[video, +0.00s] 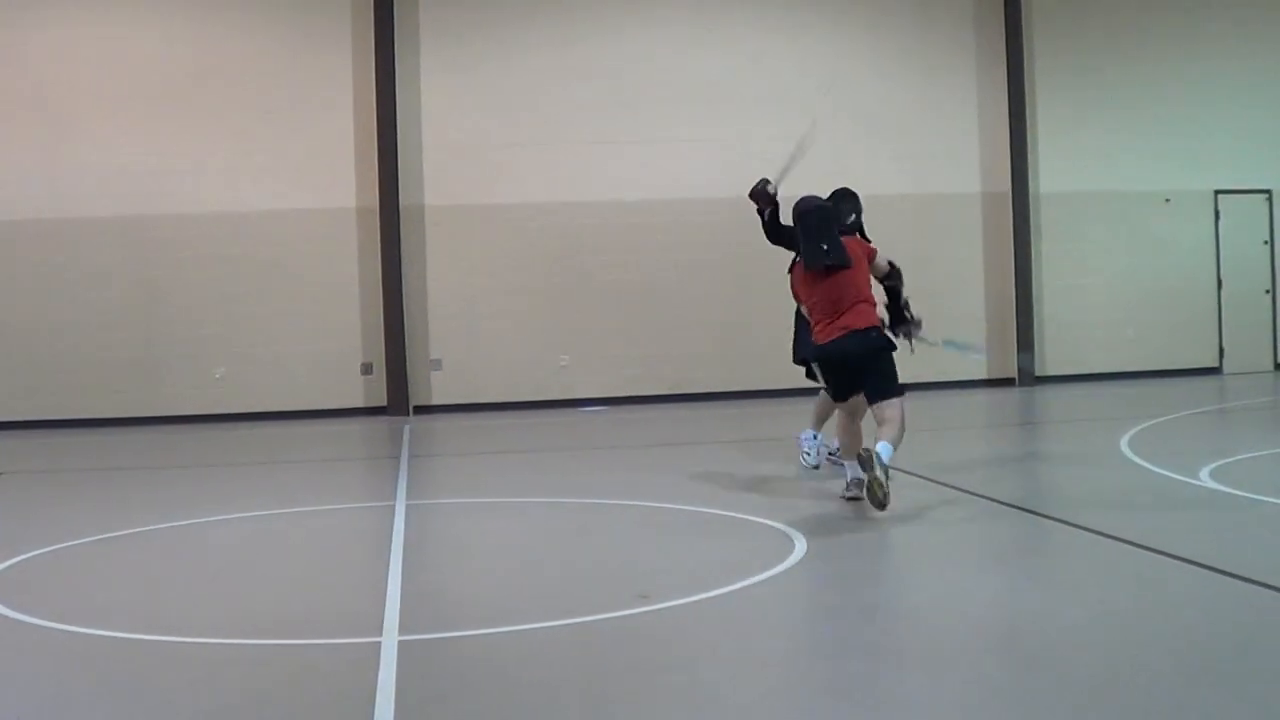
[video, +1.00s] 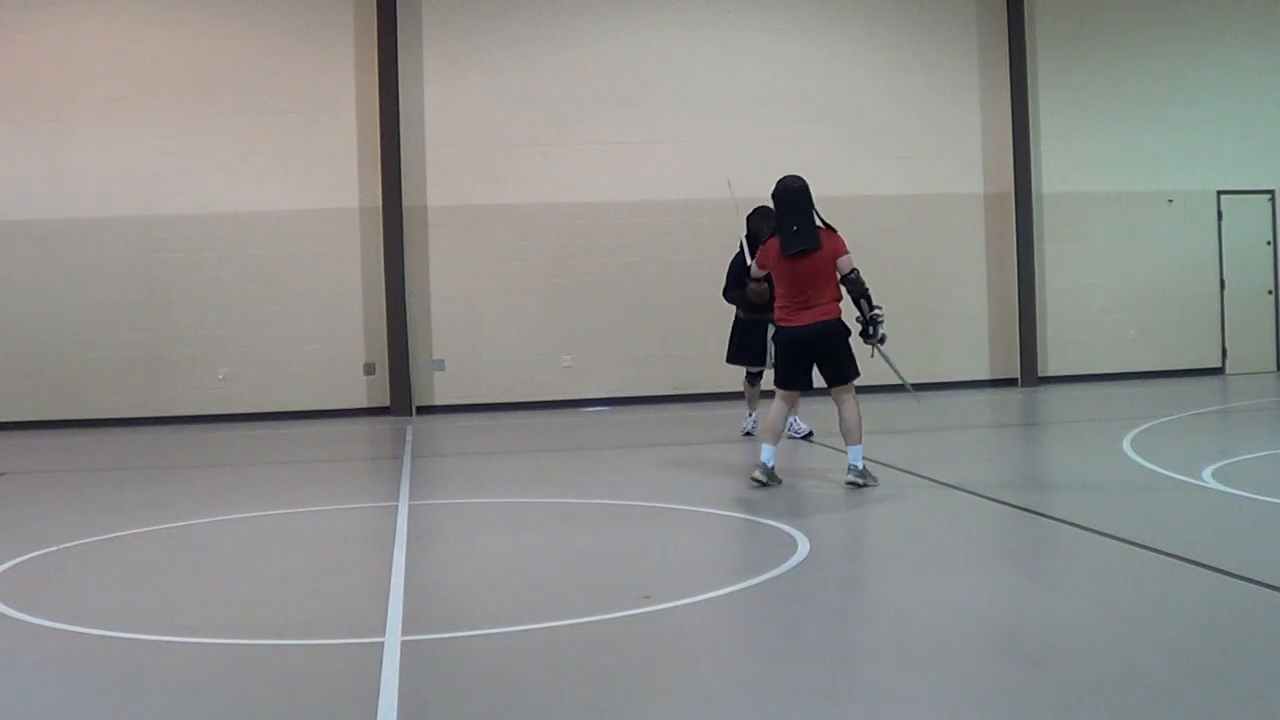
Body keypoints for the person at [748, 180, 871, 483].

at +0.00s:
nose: (849, 223)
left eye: (852, 216)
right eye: (845, 216)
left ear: (854, 217)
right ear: (836, 215)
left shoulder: (860, 244)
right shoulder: (812, 237)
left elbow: (888, 279)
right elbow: (775, 234)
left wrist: (896, 314)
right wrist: (768, 207)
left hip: (852, 320)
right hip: (814, 319)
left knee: (855, 387)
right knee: (834, 384)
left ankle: (840, 444)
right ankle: (811, 435)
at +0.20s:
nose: (826, 217)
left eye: (829, 211)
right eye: (821, 211)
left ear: (833, 215)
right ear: (810, 213)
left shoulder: (840, 240)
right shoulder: (793, 238)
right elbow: (765, 251)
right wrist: (766, 230)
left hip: (833, 313)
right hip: (798, 313)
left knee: (842, 380)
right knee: (811, 383)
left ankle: (846, 434)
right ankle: (800, 430)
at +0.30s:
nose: (818, 219)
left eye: (820, 213)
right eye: (814, 213)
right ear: (805, 217)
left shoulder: (827, 249)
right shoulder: (785, 248)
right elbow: (763, 281)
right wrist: (778, 271)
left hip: (820, 321)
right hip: (789, 321)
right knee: (804, 384)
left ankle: (821, 399)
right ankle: (797, 434)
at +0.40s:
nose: (813, 226)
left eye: (815, 221)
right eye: (808, 221)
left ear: (818, 222)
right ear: (795, 223)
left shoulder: (823, 251)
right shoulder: (781, 252)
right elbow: (760, 287)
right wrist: (776, 297)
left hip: (818, 324)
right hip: (787, 326)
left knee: (825, 377)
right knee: (796, 383)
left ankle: (814, 404)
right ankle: (796, 432)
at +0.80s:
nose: (784, 238)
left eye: (789, 231)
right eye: (779, 231)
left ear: (794, 231)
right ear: (770, 232)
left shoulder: (802, 254)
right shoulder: (758, 256)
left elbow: (814, 285)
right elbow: (743, 289)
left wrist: (804, 309)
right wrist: (761, 301)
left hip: (799, 317)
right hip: (767, 320)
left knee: (799, 375)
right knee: (769, 375)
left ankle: (796, 422)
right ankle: (766, 405)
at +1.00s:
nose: (770, 235)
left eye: (773, 230)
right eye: (764, 230)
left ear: (778, 229)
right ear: (754, 231)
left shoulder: (785, 254)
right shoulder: (743, 259)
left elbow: (797, 284)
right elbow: (730, 292)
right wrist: (750, 300)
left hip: (785, 318)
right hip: (753, 321)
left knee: (790, 371)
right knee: (753, 373)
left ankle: (793, 419)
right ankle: (751, 416)